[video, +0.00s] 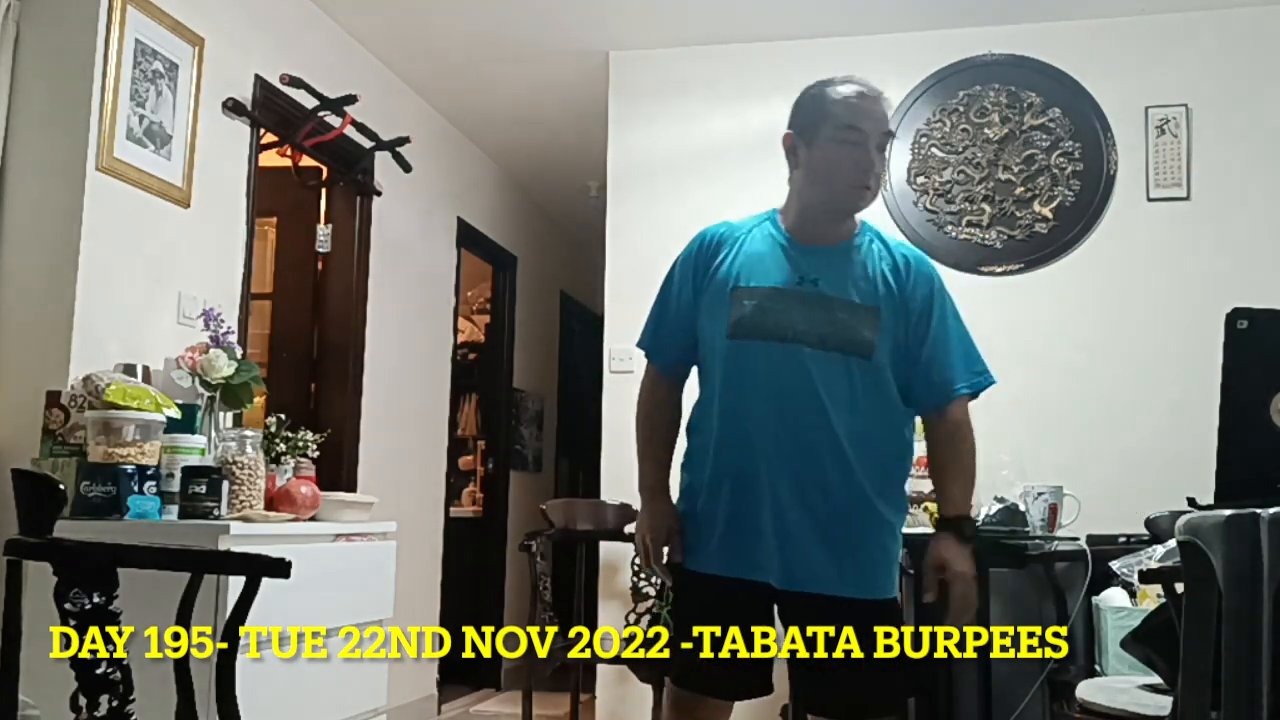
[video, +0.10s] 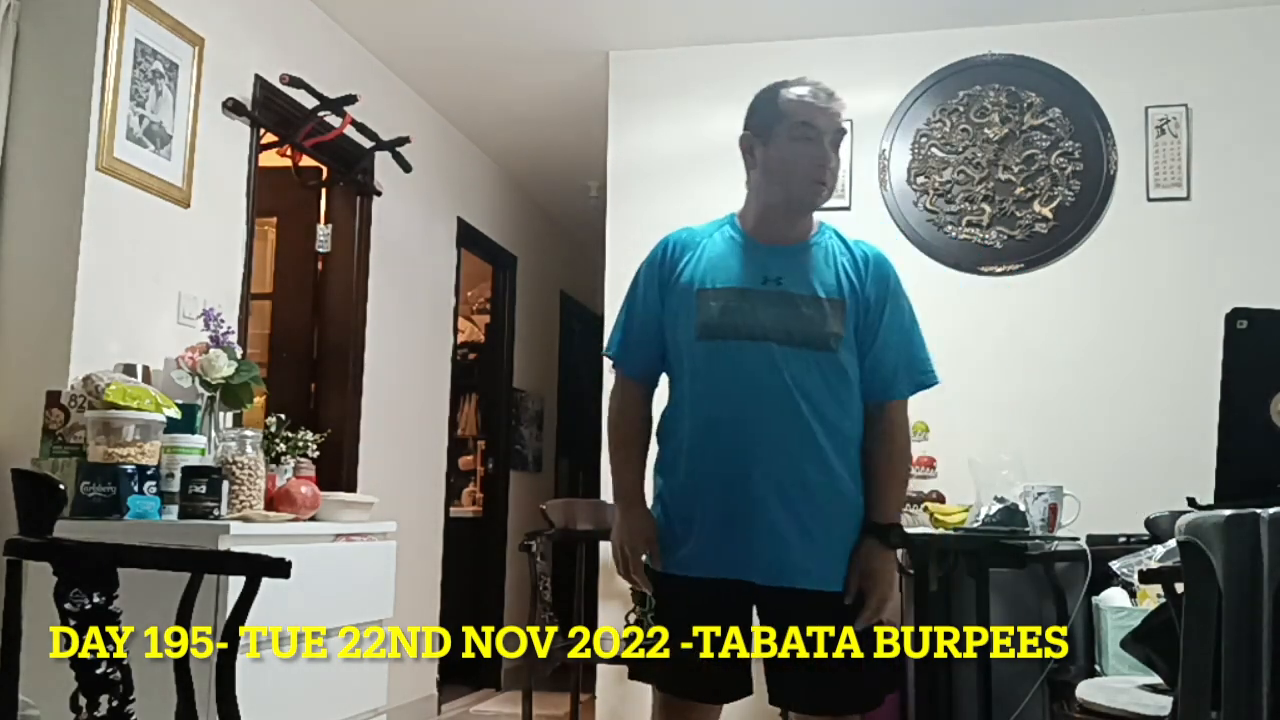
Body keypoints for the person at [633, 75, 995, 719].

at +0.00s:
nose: (875, 159)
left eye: (884, 144)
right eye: (853, 138)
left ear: (891, 158)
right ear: (794, 148)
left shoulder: (910, 278)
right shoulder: (714, 254)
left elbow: (948, 411)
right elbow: (662, 380)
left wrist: (955, 529)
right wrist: (654, 501)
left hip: (851, 559)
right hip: (724, 544)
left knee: (855, 713)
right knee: (693, 706)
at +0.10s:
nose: (830, 156)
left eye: (838, 141)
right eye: (808, 135)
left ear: (844, 156)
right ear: (753, 146)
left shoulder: (868, 272)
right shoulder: (676, 258)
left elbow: (889, 414)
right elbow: (631, 390)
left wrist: (884, 538)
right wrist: (630, 507)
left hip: (825, 560)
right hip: (698, 549)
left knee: (829, 716)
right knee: (683, 708)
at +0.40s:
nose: (742, 153)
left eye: (749, 141)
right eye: (719, 137)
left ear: (756, 158)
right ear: (669, 153)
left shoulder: (787, 264)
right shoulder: (604, 260)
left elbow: (846, 374)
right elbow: (542, 369)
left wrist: (815, 465)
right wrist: (607, 458)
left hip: (766, 548)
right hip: (646, 551)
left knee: (786, 710)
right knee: (658, 708)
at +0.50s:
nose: (731, 156)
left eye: (740, 146)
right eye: (710, 140)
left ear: (748, 163)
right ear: (660, 157)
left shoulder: (781, 266)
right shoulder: (600, 262)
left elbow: (848, 361)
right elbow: (544, 365)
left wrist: (784, 410)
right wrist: (646, 395)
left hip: (758, 550)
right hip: (638, 546)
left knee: (769, 711)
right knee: (653, 707)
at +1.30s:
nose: (737, 152)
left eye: (747, 138)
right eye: (713, 135)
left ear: (758, 153)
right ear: (665, 152)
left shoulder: (797, 259)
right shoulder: (610, 258)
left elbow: (825, 369)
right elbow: (579, 376)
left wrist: (785, 466)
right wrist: (659, 447)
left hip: (771, 561)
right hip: (650, 561)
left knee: (778, 713)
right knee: (658, 710)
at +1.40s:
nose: (718, 166)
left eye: (733, 146)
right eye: (693, 146)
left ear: (751, 159)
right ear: (654, 162)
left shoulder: (798, 262)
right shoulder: (608, 265)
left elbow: (830, 396)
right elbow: (573, 401)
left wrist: (807, 520)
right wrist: (624, 518)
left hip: (766, 563)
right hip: (651, 566)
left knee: (780, 713)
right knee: (656, 710)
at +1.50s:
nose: (696, 229)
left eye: (717, 201)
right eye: (671, 205)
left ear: (742, 196)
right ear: (640, 207)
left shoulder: (799, 299)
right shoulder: (600, 301)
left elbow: (844, 443)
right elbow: (567, 448)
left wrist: (813, 576)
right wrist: (595, 584)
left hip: (772, 578)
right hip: (644, 578)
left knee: (794, 710)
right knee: (626, 709)